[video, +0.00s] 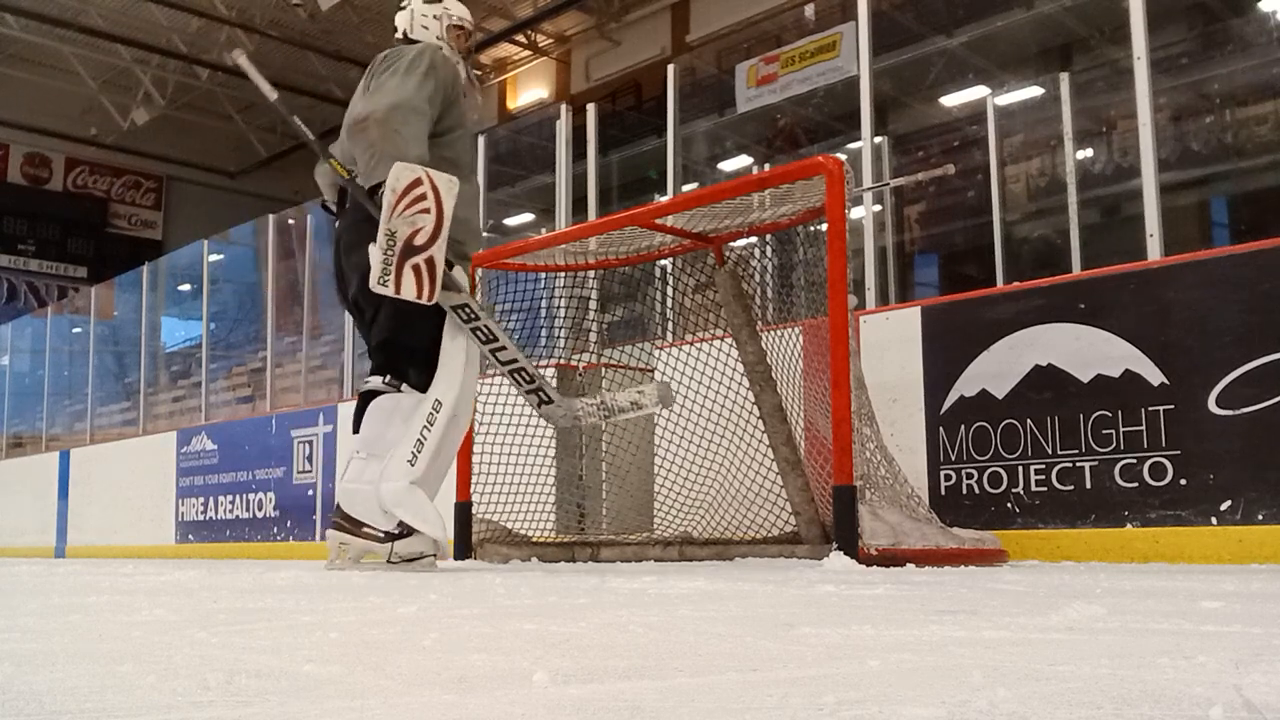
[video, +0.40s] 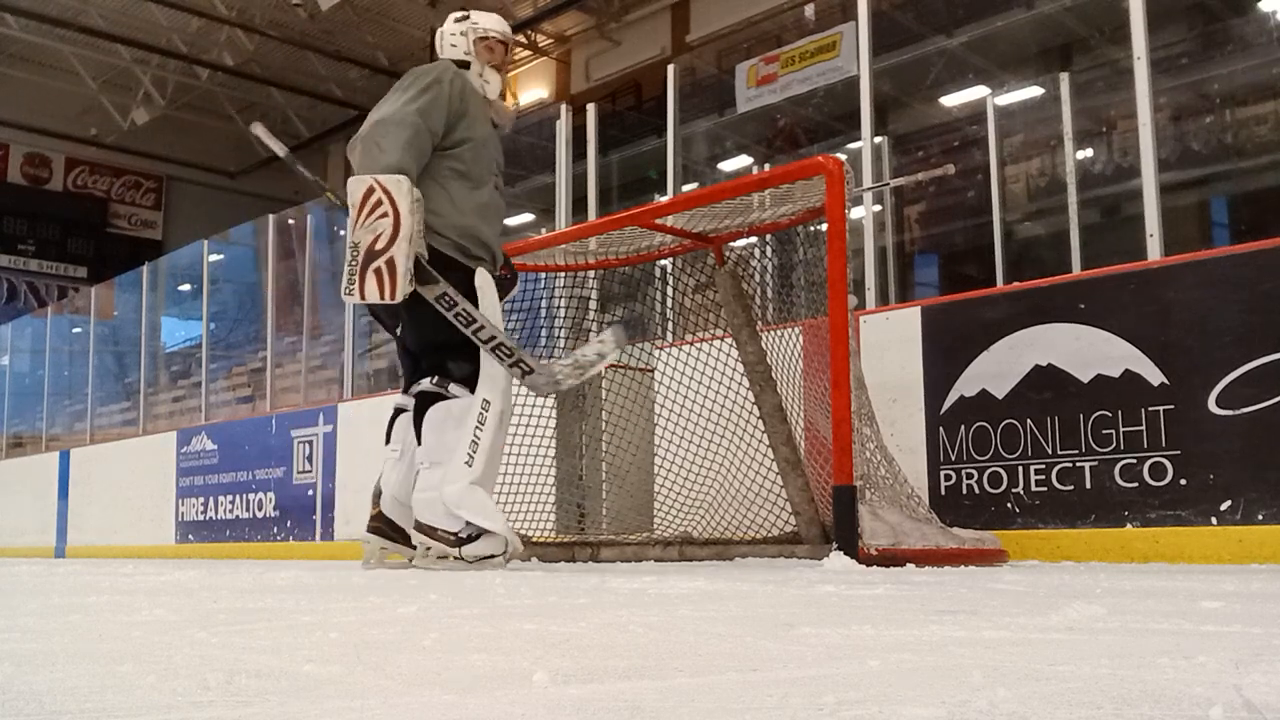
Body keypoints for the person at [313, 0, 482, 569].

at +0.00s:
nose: (463, 38)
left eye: (465, 31)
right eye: (455, 27)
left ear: (417, 26)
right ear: (427, 22)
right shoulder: (423, 56)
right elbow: (383, 126)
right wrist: (416, 234)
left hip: (377, 236)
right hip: (395, 230)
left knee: (395, 374)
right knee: (423, 373)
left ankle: (368, 510)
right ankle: (371, 504)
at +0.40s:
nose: (501, 55)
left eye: (505, 48)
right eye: (492, 44)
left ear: (502, 55)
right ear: (462, 43)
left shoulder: (476, 108)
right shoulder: (442, 79)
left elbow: (461, 194)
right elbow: (385, 144)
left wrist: (491, 255)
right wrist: (382, 241)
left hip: (449, 259)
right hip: (439, 255)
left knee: (430, 389)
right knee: (469, 382)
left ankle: (395, 513)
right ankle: (445, 514)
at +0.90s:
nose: (525, 32)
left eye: (535, 24)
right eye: (515, 23)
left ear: (548, 35)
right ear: (499, 31)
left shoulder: (549, 110)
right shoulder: (478, 77)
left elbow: (540, 192)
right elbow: (428, 148)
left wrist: (541, 260)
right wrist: (409, 236)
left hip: (525, 267)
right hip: (469, 257)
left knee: (510, 397)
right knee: (492, 396)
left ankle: (458, 525)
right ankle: (474, 526)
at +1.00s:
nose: (533, 29)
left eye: (542, 22)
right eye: (522, 19)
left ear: (553, 34)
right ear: (503, 28)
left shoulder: (565, 113)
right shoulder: (483, 73)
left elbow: (562, 190)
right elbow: (438, 139)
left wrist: (553, 246)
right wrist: (422, 218)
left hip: (545, 268)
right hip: (482, 255)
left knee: (542, 396)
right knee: (501, 390)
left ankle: (519, 527)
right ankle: (480, 524)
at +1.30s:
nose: (554, 13)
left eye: (563, 7)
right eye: (540, 6)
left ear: (578, 20)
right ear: (518, 18)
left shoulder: (603, 108)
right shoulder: (498, 70)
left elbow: (591, 208)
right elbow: (455, 154)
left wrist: (622, 256)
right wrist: (438, 239)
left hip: (585, 274)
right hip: (510, 261)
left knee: (617, 391)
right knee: (527, 398)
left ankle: (606, 521)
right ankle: (524, 529)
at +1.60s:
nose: (598, 18)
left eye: (609, 9)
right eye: (586, 9)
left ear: (626, 18)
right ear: (567, 19)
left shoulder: (662, 96)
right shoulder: (533, 80)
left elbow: (678, 180)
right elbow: (495, 160)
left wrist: (711, 234)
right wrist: (483, 227)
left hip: (640, 271)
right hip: (551, 266)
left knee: (676, 392)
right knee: (558, 395)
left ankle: (675, 532)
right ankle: (530, 536)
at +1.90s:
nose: (678, 27)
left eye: (690, 17)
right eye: (667, 15)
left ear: (707, 23)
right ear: (648, 18)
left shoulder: (736, 93)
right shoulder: (600, 77)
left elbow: (759, 189)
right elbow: (560, 161)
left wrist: (776, 249)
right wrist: (532, 212)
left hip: (693, 263)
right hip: (597, 261)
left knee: (728, 391)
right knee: (556, 391)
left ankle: (769, 535)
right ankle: (517, 536)